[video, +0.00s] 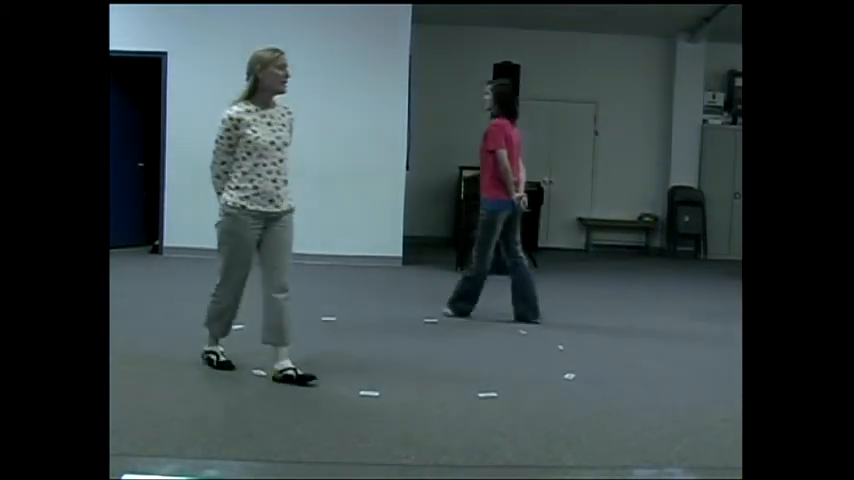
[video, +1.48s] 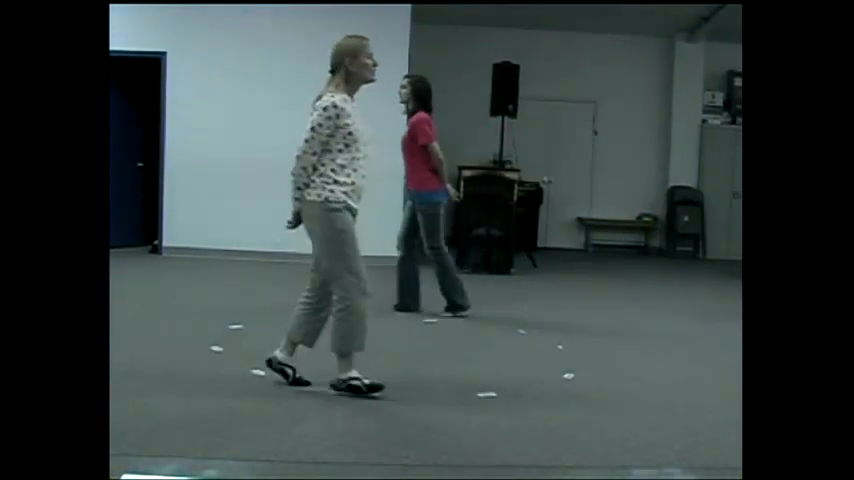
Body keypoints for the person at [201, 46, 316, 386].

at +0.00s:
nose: (287, 74)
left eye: (286, 68)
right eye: (279, 68)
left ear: (280, 75)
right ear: (258, 74)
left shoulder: (285, 115)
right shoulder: (236, 116)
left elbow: (278, 163)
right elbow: (219, 164)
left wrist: (264, 191)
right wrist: (227, 199)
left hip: (279, 211)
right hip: (241, 210)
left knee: (278, 286)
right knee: (232, 282)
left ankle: (282, 360)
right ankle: (214, 345)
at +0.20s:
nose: (309, 71)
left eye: (308, 66)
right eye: (301, 67)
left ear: (299, 75)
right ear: (281, 74)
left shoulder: (306, 115)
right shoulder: (260, 116)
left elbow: (297, 164)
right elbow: (243, 165)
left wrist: (275, 192)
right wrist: (250, 201)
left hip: (304, 211)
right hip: (268, 211)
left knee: (301, 289)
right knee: (275, 288)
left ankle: (286, 364)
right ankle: (229, 332)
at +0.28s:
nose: (315, 73)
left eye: (314, 68)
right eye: (308, 69)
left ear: (304, 77)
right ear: (287, 75)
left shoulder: (311, 118)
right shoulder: (267, 118)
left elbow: (303, 168)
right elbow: (249, 168)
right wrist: (254, 206)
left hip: (307, 212)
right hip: (273, 211)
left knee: (310, 289)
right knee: (291, 289)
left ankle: (286, 364)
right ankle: (240, 331)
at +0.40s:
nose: (329, 69)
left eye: (328, 64)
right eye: (322, 65)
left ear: (319, 72)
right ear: (301, 71)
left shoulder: (319, 114)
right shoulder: (283, 113)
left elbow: (311, 165)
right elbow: (262, 164)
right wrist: (264, 209)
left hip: (316, 207)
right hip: (287, 206)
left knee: (314, 284)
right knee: (318, 282)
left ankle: (287, 359)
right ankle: (283, 354)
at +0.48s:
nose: (336, 69)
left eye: (336, 63)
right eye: (329, 63)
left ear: (324, 71)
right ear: (308, 69)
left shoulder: (323, 110)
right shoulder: (294, 110)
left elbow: (316, 163)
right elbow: (271, 160)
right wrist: (269, 204)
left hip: (319, 207)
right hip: (295, 205)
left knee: (304, 286)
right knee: (326, 280)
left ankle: (285, 362)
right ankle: (314, 367)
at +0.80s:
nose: (368, 69)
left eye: (366, 64)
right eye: (360, 64)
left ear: (345, 72)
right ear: (340, 70)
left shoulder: (339, 112)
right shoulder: (335, 113)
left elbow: (325, 168)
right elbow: (319, 167)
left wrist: (315, 216)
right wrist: (312, 215)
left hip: (340, 211)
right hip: (345, 212)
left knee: (353, 295)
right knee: (368, 293)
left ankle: (300, 349)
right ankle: (369, 379)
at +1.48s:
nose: (374, 64)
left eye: (373, 59)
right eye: (368, 59)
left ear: (351, 65)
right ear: (348, 64)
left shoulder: (345, 105)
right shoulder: (332, 106)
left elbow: (318, 157)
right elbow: (306, 156)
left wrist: (302, 204)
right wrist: (299, 202)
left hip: (333, 204)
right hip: (326, 205)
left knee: (321, 287)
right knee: (352, 286)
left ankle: (285, 355)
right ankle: (346, 373)